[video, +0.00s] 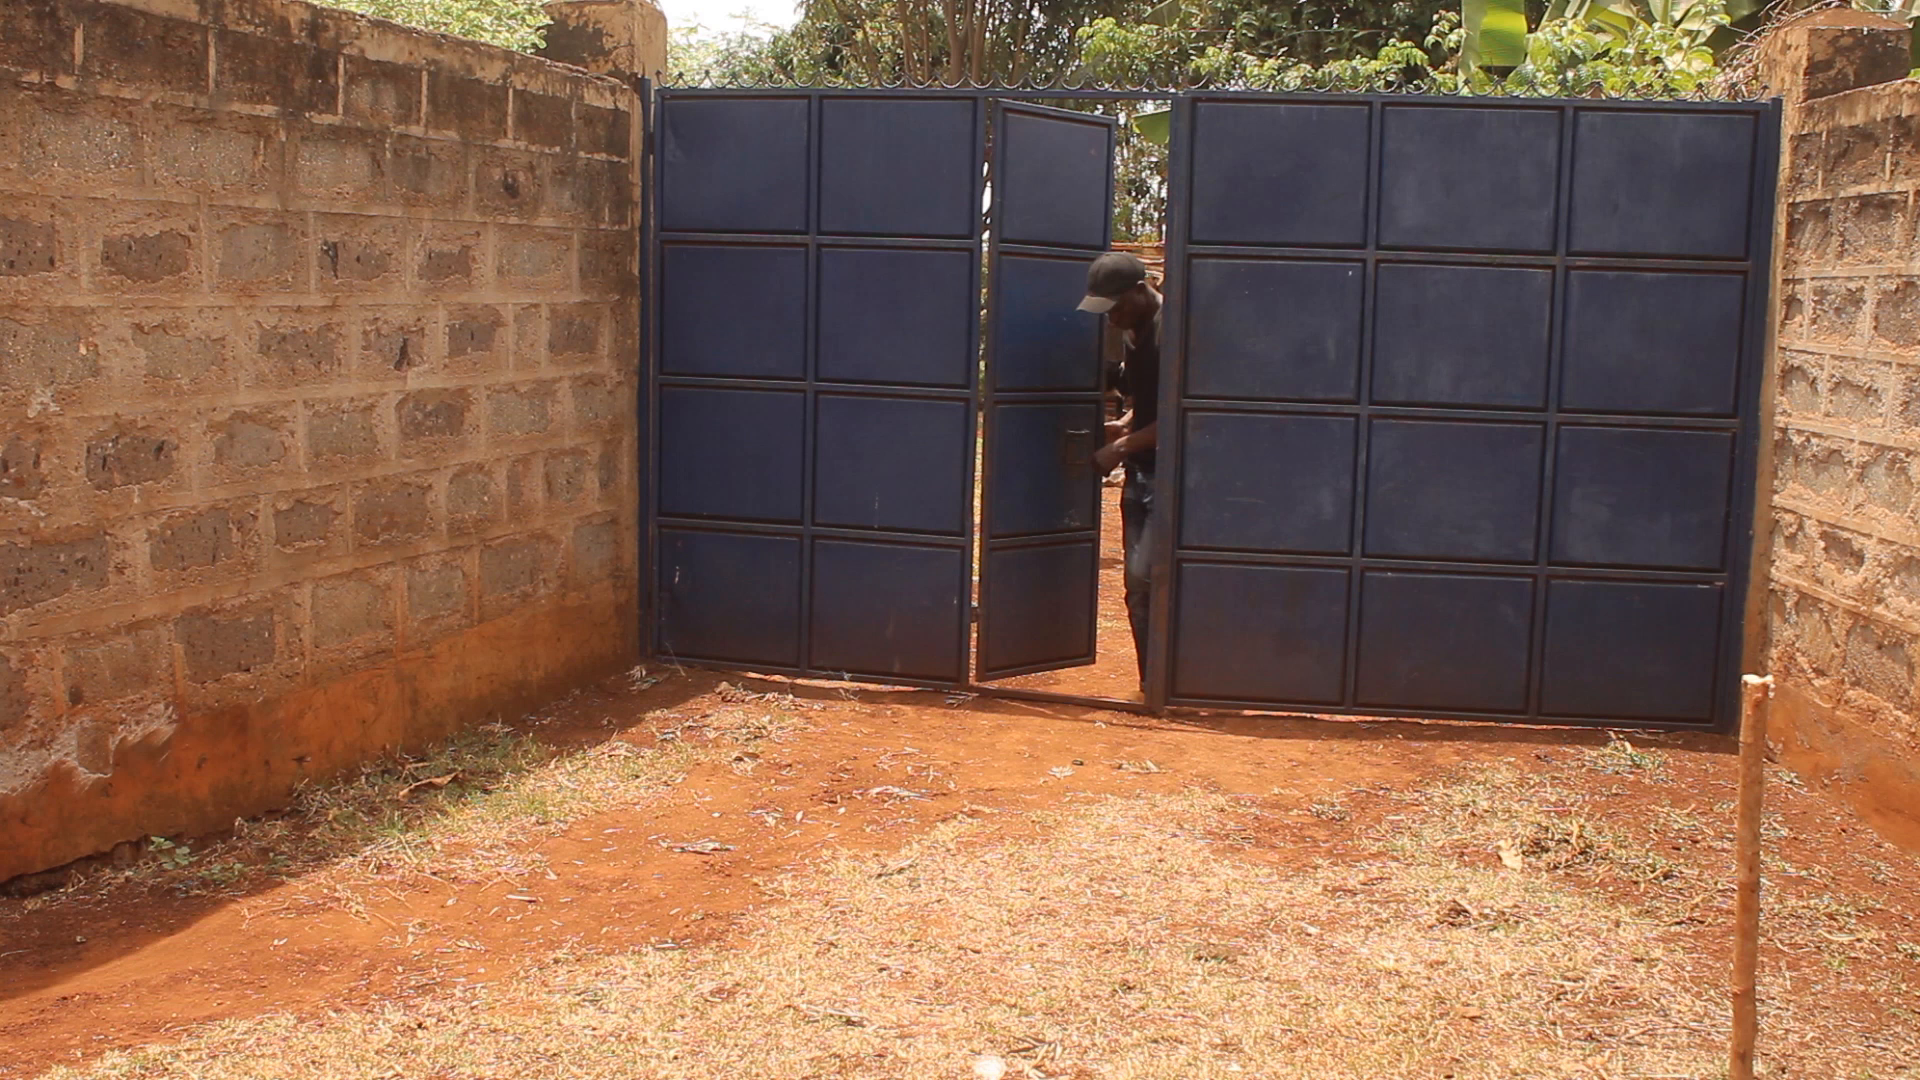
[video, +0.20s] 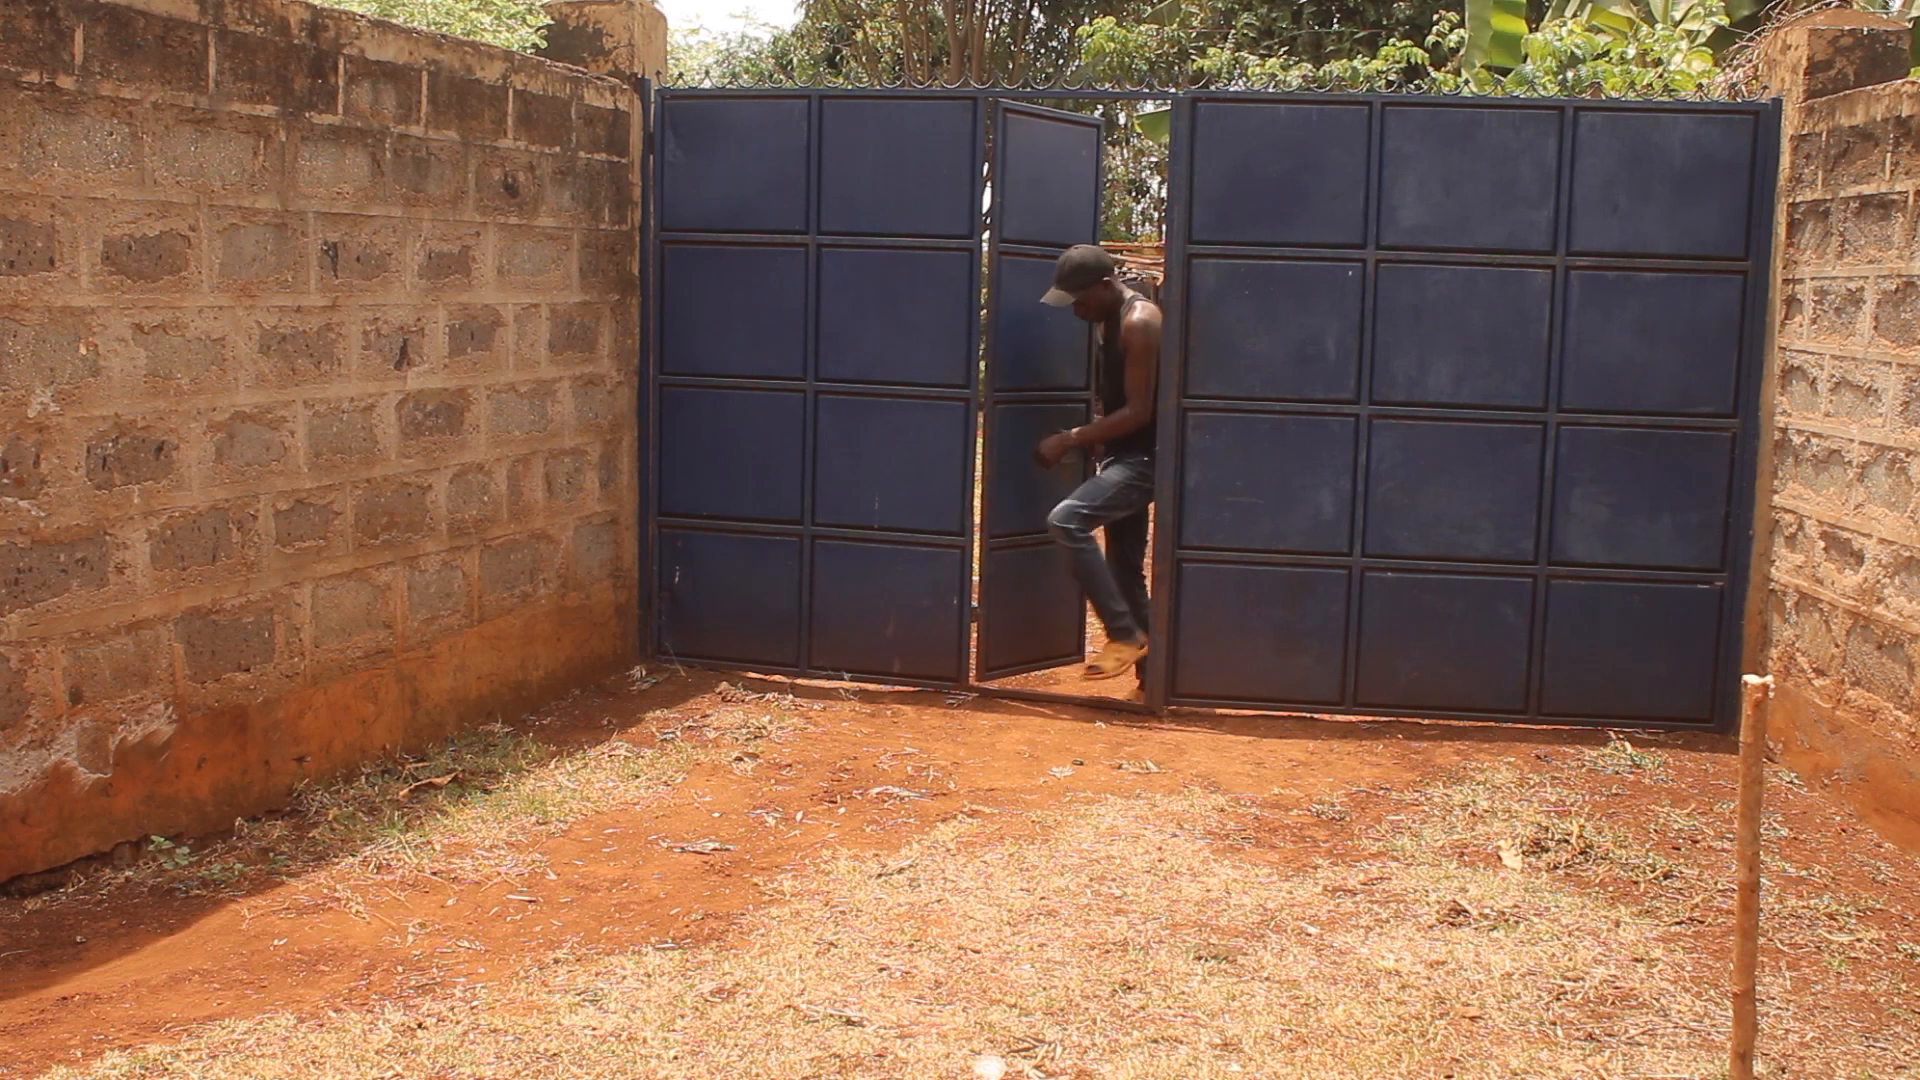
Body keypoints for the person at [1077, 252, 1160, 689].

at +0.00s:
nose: (1111, 316)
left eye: (1115, 306)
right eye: (1107, 308)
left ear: (1139, 293)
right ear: (1112, 299)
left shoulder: (1171, 332)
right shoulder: (1135, 328)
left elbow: (1177, 417)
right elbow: (1149, 400)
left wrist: (1120, 449)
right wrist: (1123, 427)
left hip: (1171, 472)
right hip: (1141, 469)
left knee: (1150, 573)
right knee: (1137, 577)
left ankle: (1164, 683)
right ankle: (1151, 682)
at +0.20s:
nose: (1076, 310)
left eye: (1079, 301)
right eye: (1073, 302)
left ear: (1103, 286)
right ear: (1099, 288)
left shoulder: (1139, 322)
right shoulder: (1114, 317)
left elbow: (1140, 412)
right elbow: (1117, 402)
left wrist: (1069, 438)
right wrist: (1085, 441)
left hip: (1147, 458)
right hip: (1126, 456)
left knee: (1066, 520)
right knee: (1126, 568)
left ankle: (1125, 637)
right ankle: (1150, 672)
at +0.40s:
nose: (1038, 309)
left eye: (1037, 300)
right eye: (1034, 301)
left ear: (1058, 286)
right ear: (1064, 283)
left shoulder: (1092, 328)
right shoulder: (1102, 312)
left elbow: (1086, 418)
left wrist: (1033, 430)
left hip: (1105, 471)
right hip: (1110, 467)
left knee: (1027, 563)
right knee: (1107, 577)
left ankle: (1026, 698)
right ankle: (1147, 675)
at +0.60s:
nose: (1012, 291)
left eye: (1009, 281)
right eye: (1008, 282)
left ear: (1021, 270)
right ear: (1050, 260)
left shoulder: (1050, 312)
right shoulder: (1081, 304)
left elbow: (1025, 402)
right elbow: (1107, 393)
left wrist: (1013, 434)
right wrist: (1103, 454)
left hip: (1064, 475)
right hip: (1084, 473)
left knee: (1000, 574)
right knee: (1029, 573)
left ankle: (1029, 704)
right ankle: (1114, 626)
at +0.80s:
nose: (1009, 254)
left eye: (1008, 247)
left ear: (1013, 244)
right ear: (1059, 238)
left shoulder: (1017, 290)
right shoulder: (1082, 288)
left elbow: (998, 389)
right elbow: (1111, 376)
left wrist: (1022, 422)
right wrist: (1122, 440)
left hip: (1042, 458)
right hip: (1068, 453)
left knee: (1005, 574)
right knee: (981, 542)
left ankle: (1030, 704)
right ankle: (1087, 620)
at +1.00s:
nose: (1039, 247)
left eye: (1029, 238)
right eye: (1066, 241)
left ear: (1025, 238)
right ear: (1073, 241)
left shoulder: (1003, 287)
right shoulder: (1097, 296)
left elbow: (994, 380)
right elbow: (1113, 378)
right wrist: (1128, 442)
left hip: (1025, 452)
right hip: (1078, 451)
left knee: (1013, 579)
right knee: (1041, 559)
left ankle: (1029, 704)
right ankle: (1093, 665)